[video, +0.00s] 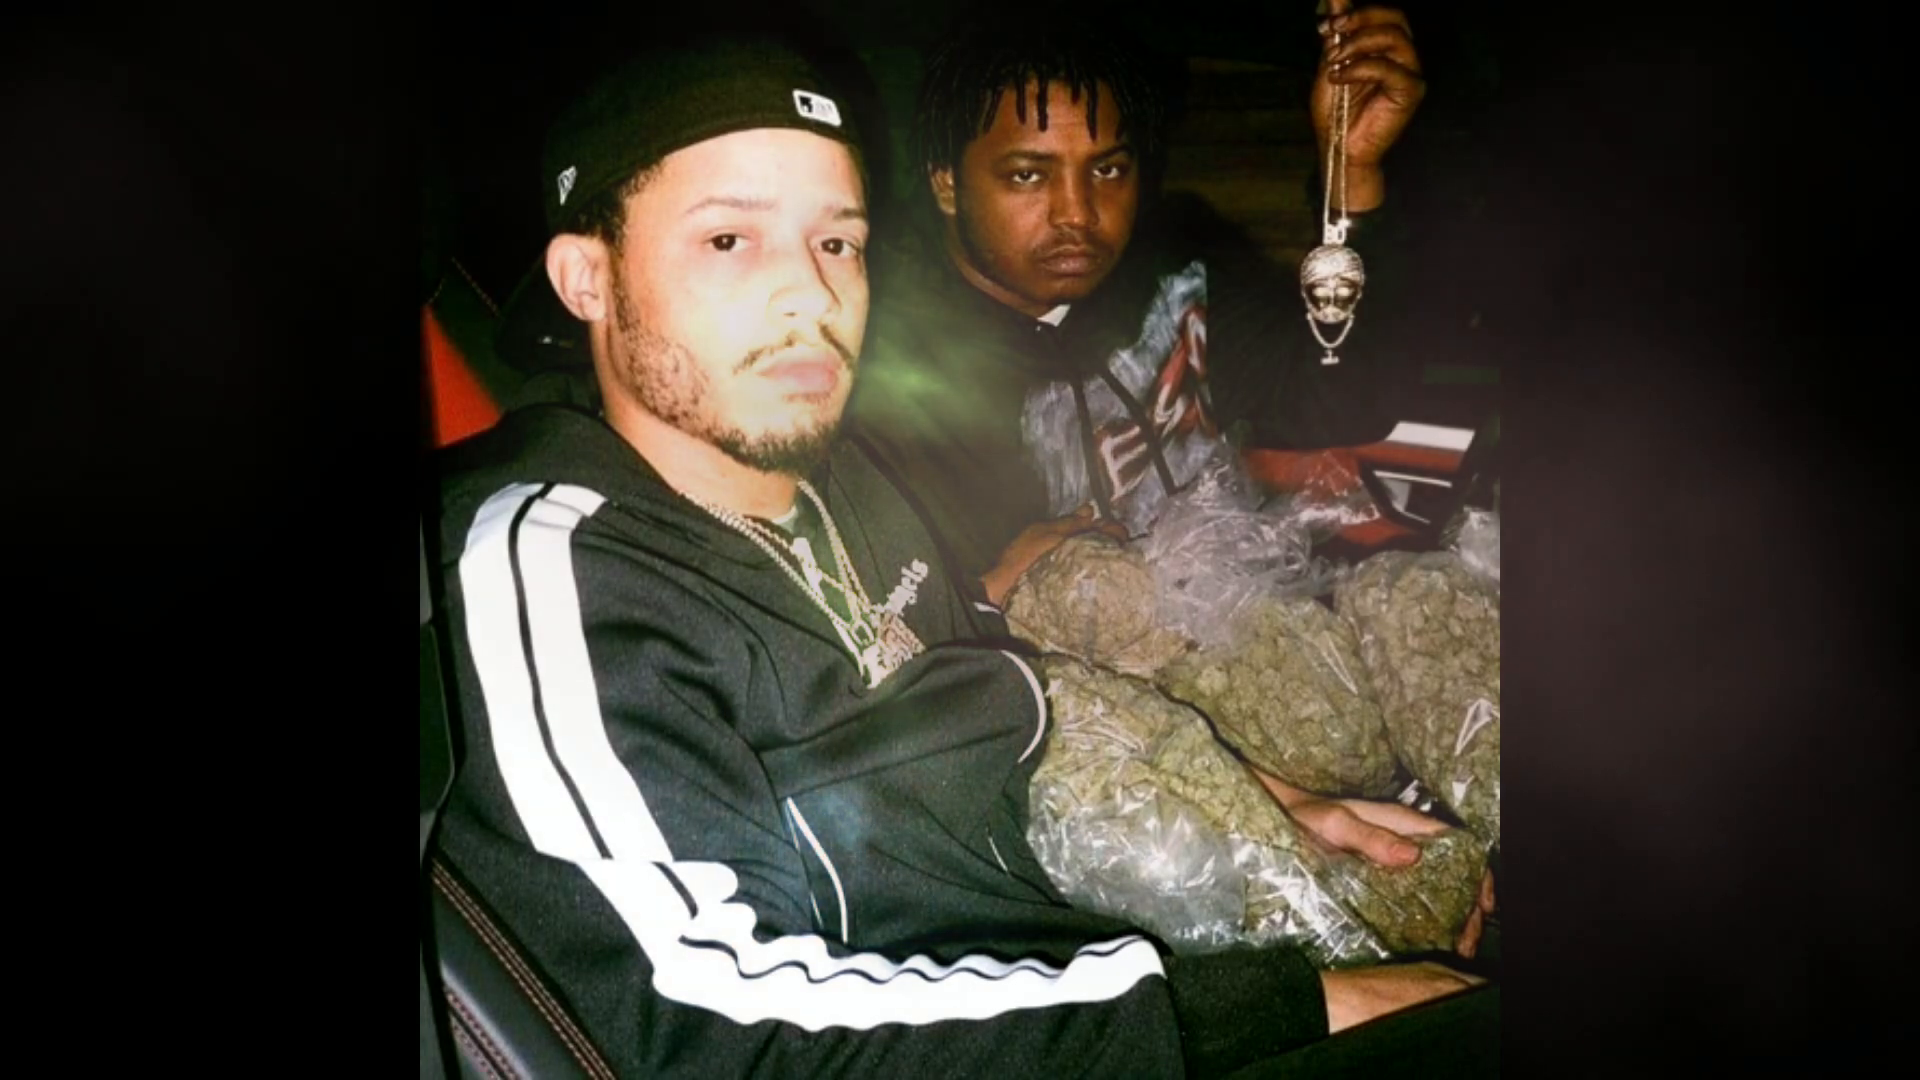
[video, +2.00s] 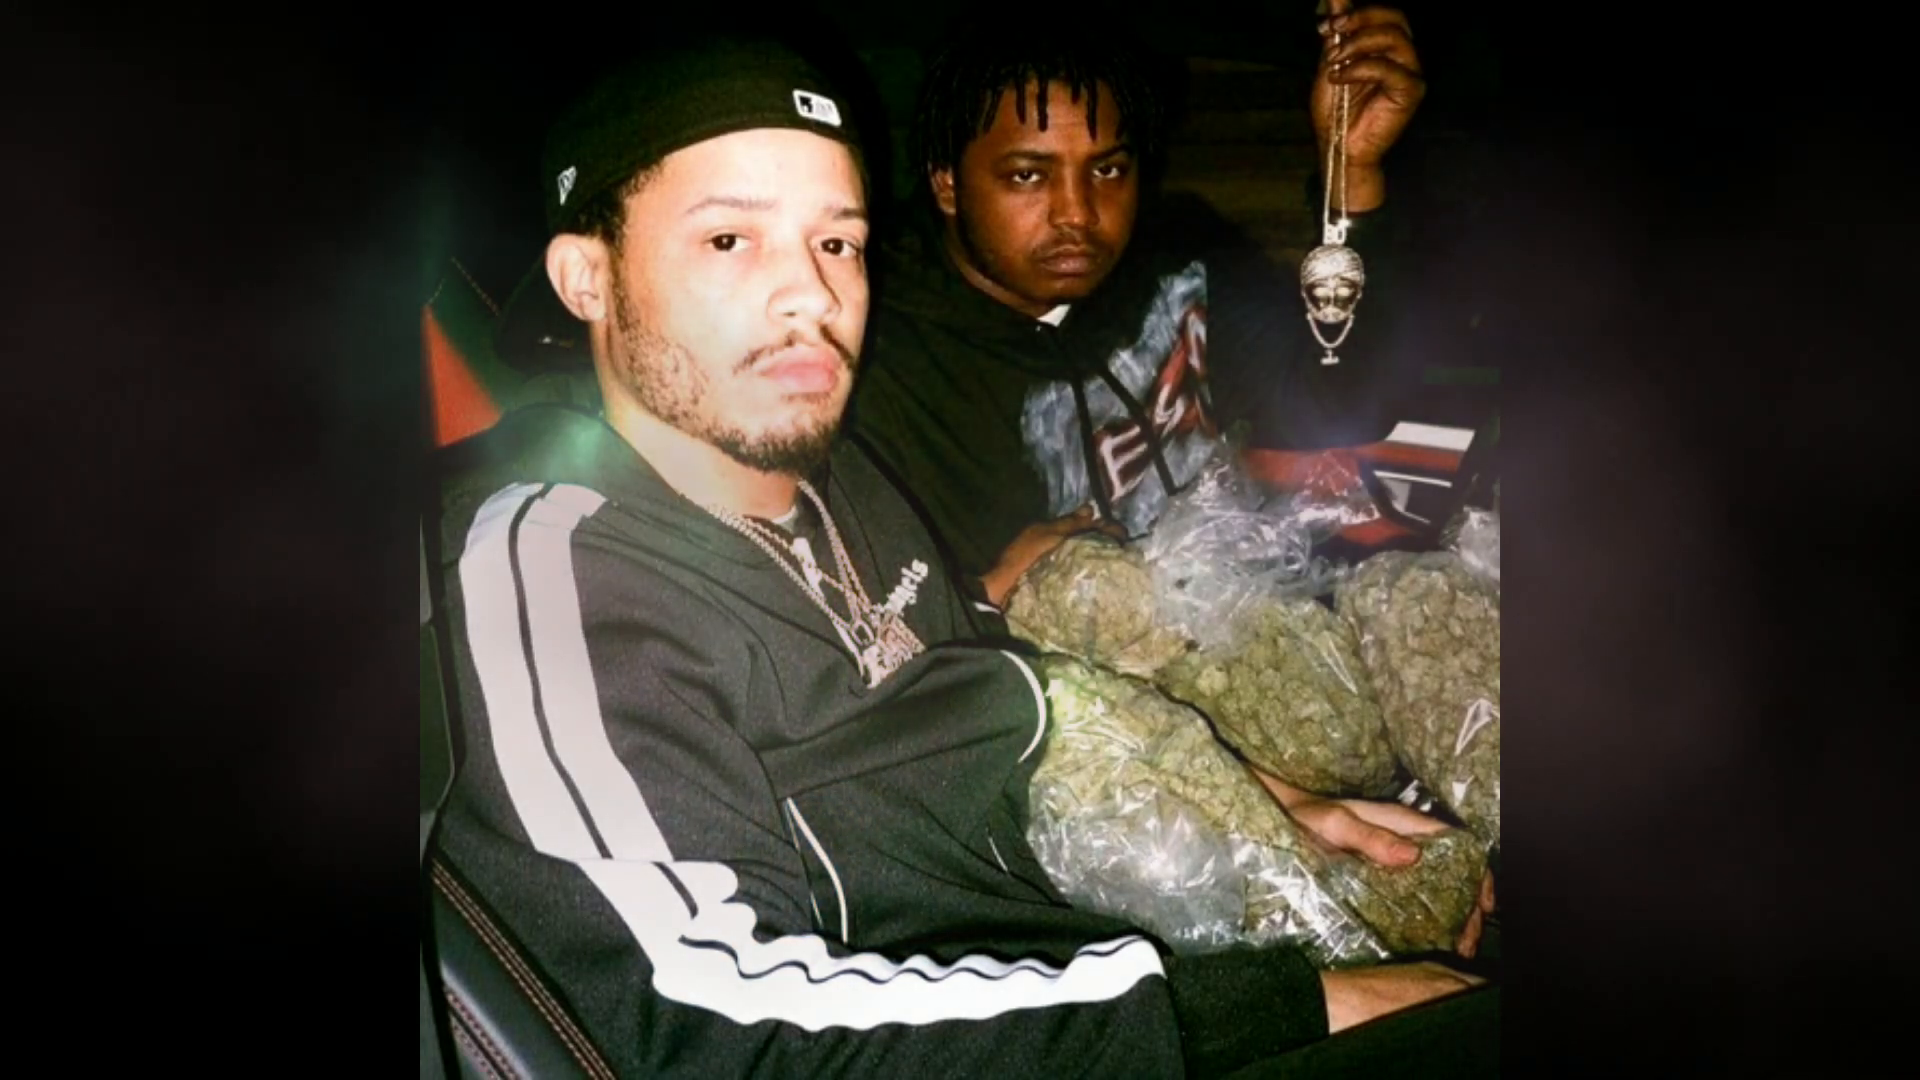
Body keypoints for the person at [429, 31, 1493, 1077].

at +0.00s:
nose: (811, 306)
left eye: (835, 249)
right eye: (730, 246)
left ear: (868, 268)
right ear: (589, 283)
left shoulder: (842, 484)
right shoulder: (530, 550)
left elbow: (1012, 738)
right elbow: (706, 1014)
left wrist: (1267, 817)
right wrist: (1276, 1008)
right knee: (1479, 1006)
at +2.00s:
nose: (810, 303)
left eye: (835, 249)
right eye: (729, 244)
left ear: (866, 269)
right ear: (588, 282)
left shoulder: (828, 482)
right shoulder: (536, 552)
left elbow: (1010, 745)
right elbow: (707, 1019)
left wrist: (1267, 820)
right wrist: (1278, 1008)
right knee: (1489, 1006)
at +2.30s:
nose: (812, 304)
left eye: (836, 249)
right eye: (730, 244)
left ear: (866, 267)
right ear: (588, 282)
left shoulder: (826, 477)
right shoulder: (535, 551)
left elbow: (1010, 753)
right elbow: (705, 1018)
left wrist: (1269, 831)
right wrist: (1272, 1010)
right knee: (1494, 1019)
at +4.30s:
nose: (811, 305)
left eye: (836, 249)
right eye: (729, 246)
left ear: (869, 268)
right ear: (587, 282)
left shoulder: (825, 485)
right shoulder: (531, 555)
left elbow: (1008, 743)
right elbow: (701, 1017)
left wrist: (1263, 821)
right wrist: (1275, 1009)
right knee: (1480, 1008)